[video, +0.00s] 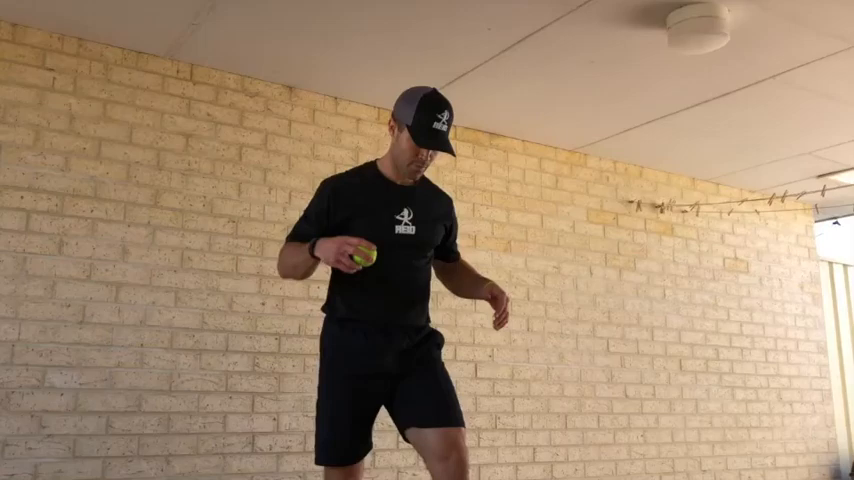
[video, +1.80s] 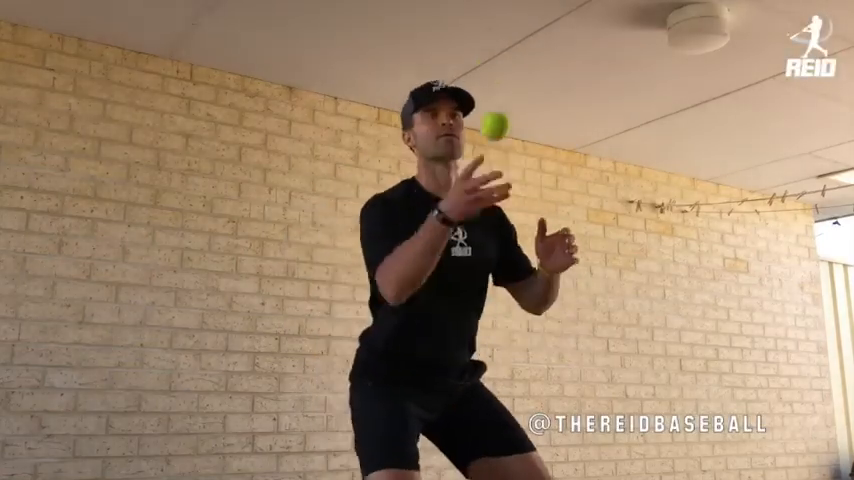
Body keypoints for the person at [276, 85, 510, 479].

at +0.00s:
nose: (427, 158)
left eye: (436, 149)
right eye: (420, 144)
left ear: (443, 146)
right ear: (393, 128)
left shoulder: (438, 205)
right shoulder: (340, 191)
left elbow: (448, 266)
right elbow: (288, 265)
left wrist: (485, 287)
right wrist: (317, 248)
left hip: (414, 351)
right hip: (349, 350)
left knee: (452, 461)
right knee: (343, 471)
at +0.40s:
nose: (465, 166)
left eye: (474, 157)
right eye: (458, 152)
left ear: (482, 154)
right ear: (431, 135)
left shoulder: (472, 215)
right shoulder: (376, 197)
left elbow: (482, 295)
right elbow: (356, 293)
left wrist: (539, 293)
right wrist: (378, 263)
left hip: (428, 359)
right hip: (365, 358)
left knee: (463, 468)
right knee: (356, 472)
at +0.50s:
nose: (492, 169)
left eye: (501, 161)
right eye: (486, 155)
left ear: (509, 159)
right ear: (458, 139)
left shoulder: (494, 220)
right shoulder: (398, 201)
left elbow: (494, 300)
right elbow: (381, 294)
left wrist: (544, 307)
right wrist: (417, 286)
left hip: (443, 356)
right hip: (381, 353)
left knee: (480, 467)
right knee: (368, 472)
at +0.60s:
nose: (515, 176)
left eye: (524, 168)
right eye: (509, 161)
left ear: (532, 168)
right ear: (481, 144)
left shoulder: (516, 225)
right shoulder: (418, 205)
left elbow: (512, 307)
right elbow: (398, 299)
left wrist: (540, 316)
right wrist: (466, 303)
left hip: (454, 355)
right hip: (393, 352)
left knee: (495, 468)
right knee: (382, 473)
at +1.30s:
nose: (478, 161)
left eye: (488, 150)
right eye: (469, 144)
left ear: (496, 152)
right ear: (436, 133)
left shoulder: (481, 224)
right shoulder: (373, 206)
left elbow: (487, 300)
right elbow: (349, 316)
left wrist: (496, 326)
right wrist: (441, 334)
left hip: (421, 367)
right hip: (351, 362)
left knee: (492, 472)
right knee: (364, 472)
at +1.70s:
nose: (444, 120)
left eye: (450, 113)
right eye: (427, 112)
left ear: (458, 128)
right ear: (400, 133)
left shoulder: (473, 218)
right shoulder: (371, 210)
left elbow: (511, 307)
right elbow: (389, 299)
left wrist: (526, 289)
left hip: (434, 377)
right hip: (367, 377)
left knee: (515, 474)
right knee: (380, 473)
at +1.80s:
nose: (448, 122)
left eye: (455, 116)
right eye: (432, 116)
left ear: (465, 133)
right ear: (409, 138)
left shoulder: (488, 216)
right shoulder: (385, 209)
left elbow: (534, 301)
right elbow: (392, 287)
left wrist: (548, 273)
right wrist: (446, 215)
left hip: (454, 381)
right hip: (387, 379)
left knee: (529, 474)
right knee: (395, 474)